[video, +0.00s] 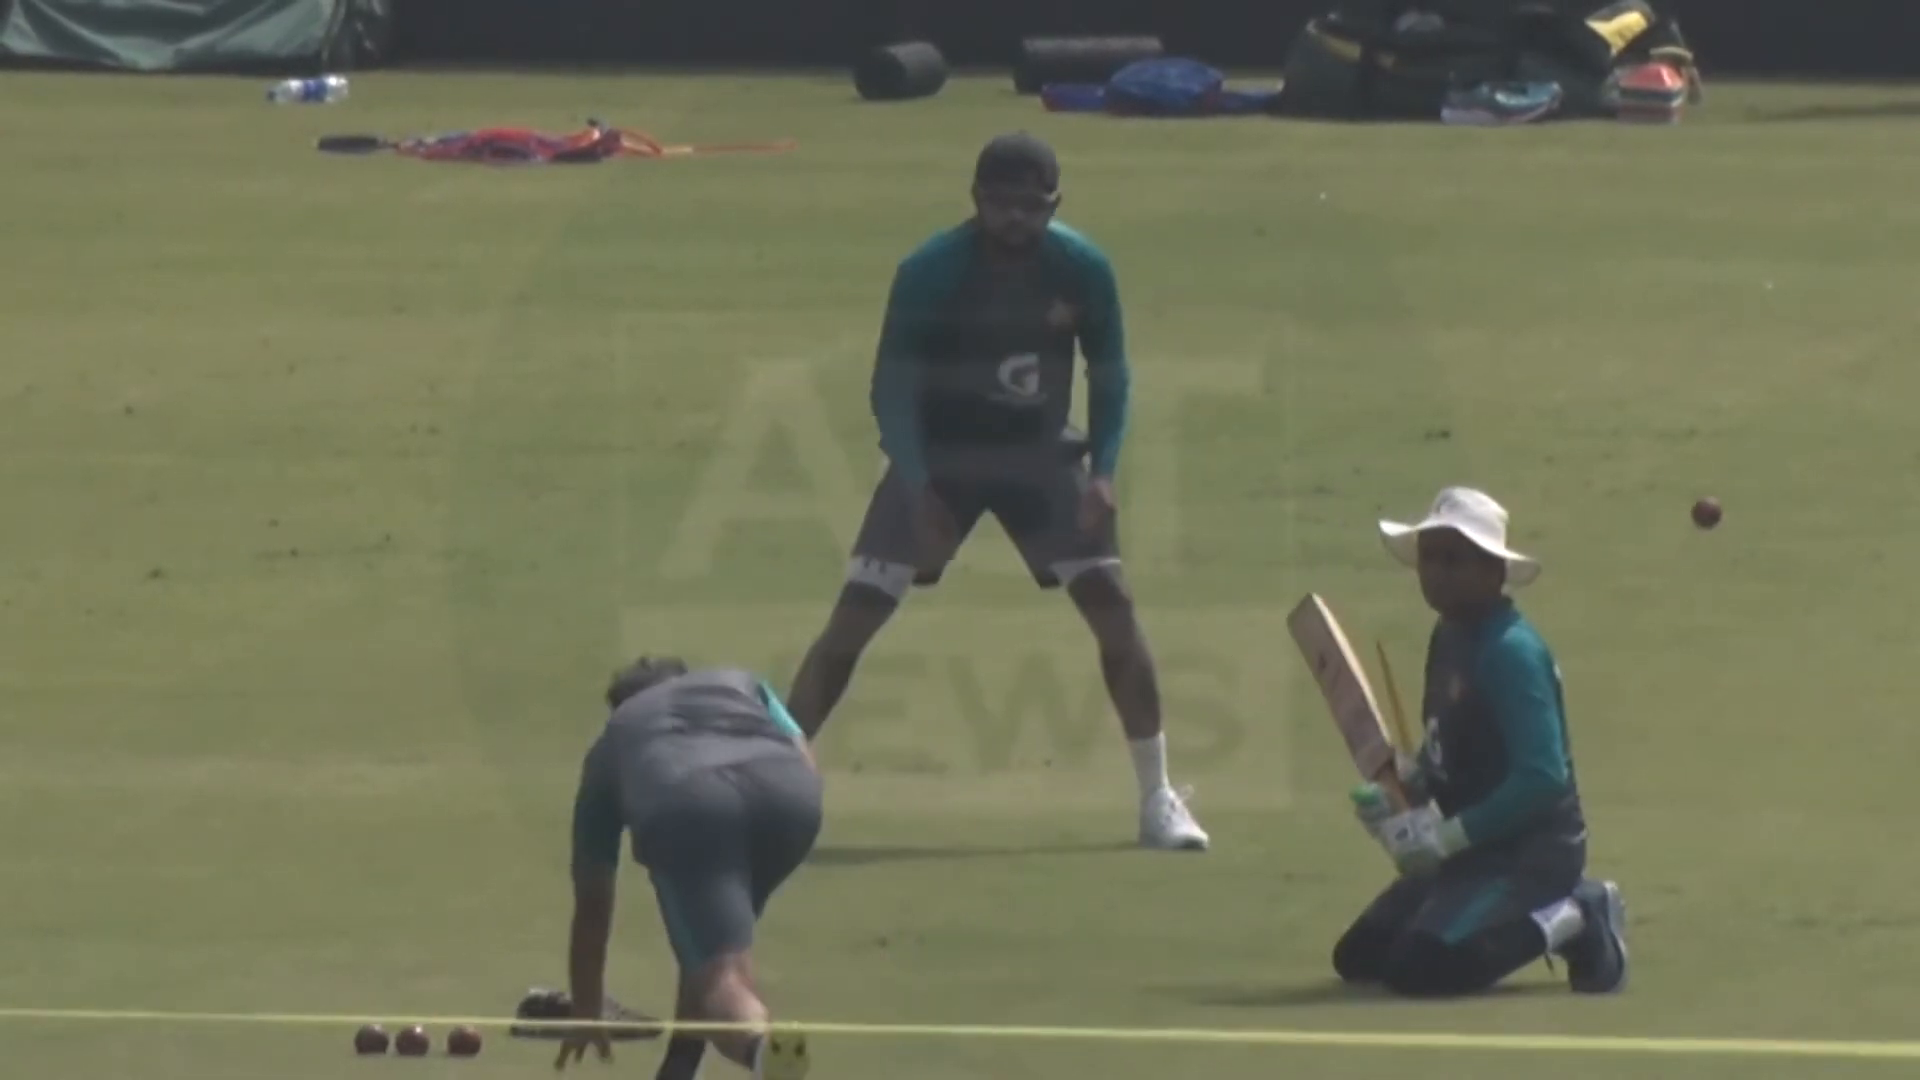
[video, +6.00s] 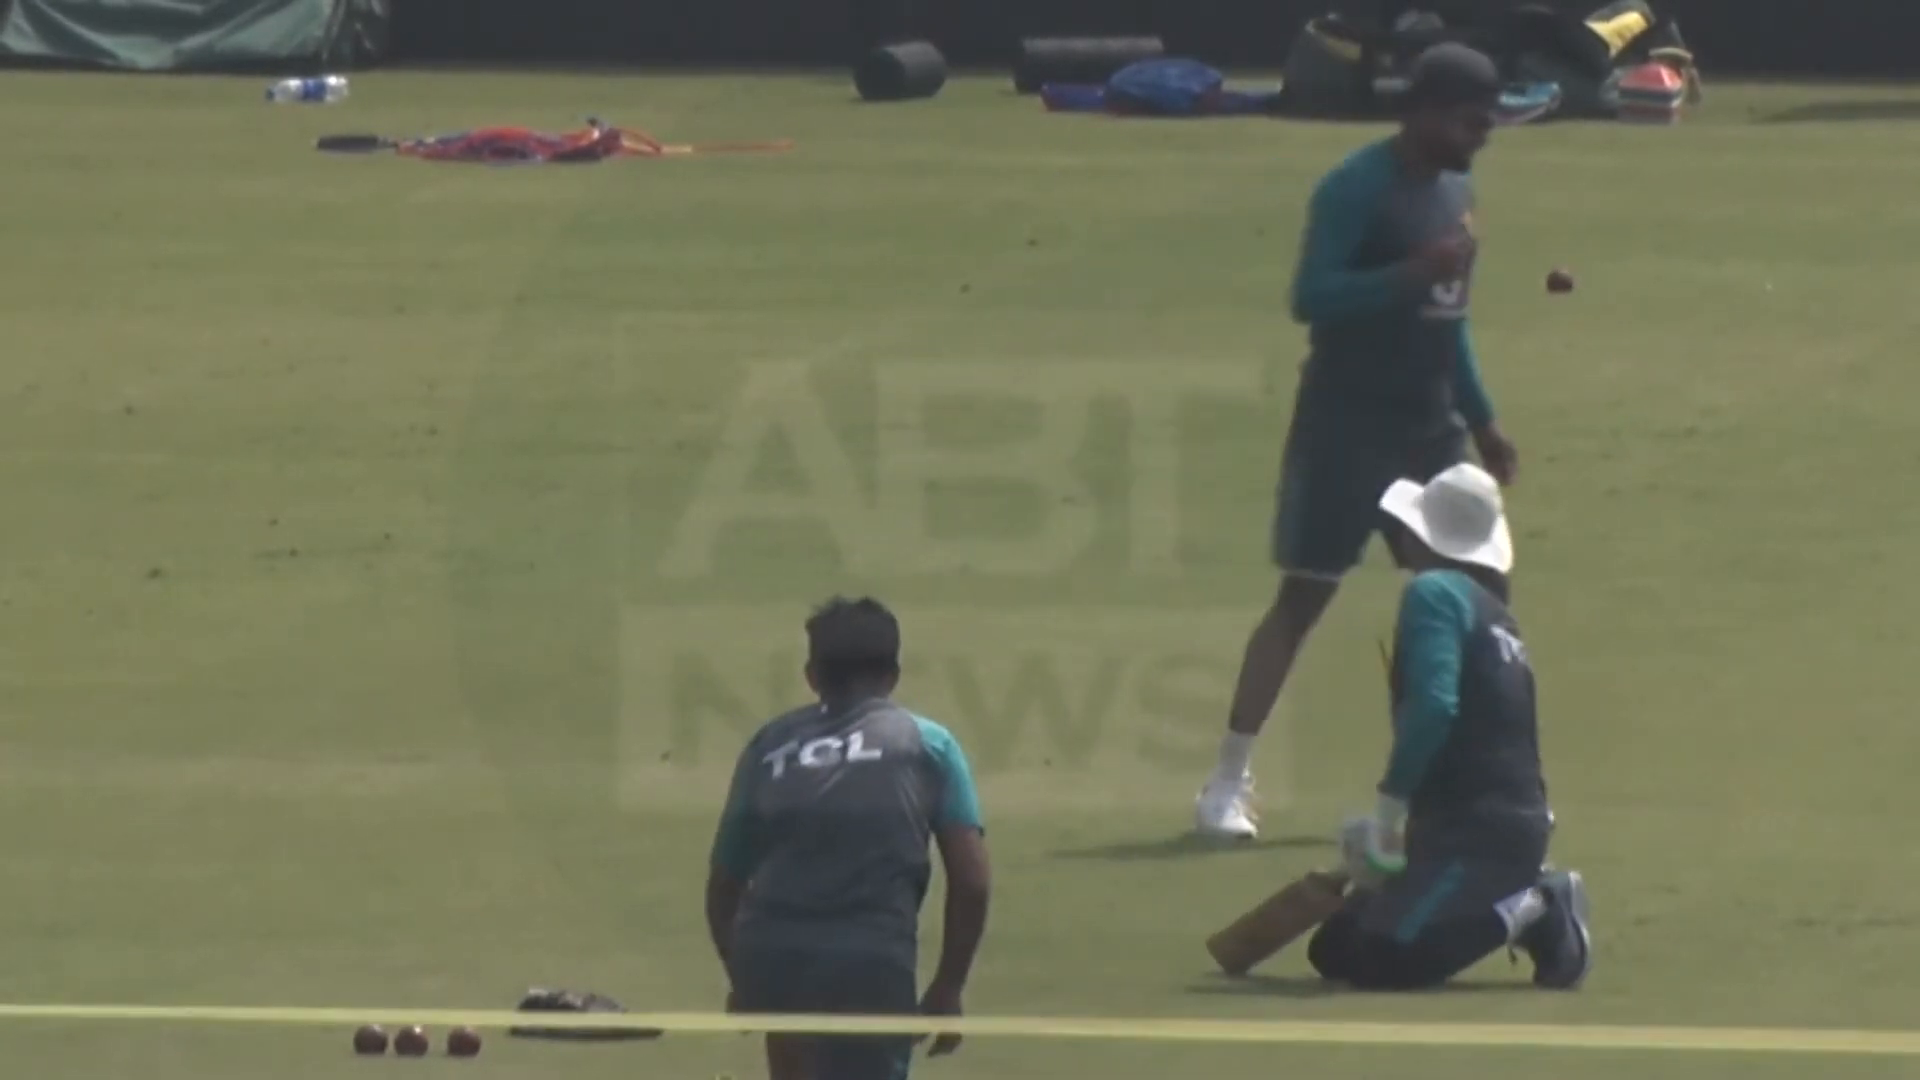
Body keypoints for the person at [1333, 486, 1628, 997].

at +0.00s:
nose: (1434, 572)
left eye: (1452, 558)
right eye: (1427, 557)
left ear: (1493, 571)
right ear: (1416, 563)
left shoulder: (1512, 651)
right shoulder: (1450, 637)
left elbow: (1543, 778)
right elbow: (1451, 751)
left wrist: (1448, 836)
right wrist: (1404, 793)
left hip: (1532, 857)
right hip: (1478, 849)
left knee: (1416, 971)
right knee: (1358, 958)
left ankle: (1577, 917)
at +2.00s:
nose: (1402, 581)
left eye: (1417, 566)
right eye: (1400, 566)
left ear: (1462, 572)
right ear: (1396, 571)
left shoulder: (1487, 648)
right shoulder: (1445, 647)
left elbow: (1512, 773)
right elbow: (1455, 769)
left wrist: (1421, 837)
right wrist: (1399, 801)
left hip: (1531, 857)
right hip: (1483, 853)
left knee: (1415, 970)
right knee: (1357, 958)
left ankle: (1579, 919)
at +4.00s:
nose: (1333, 563)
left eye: (1344, 552)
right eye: (1337, 551)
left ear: (1377, 559)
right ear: (1394, 563)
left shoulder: (1408, 603)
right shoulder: (1387, 660)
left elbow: (1297, 625)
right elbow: (1292, 737)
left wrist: (1191, 640)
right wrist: (1180, 703)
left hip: (1489, 846)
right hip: (1446, 851)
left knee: (1416, 968)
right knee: (1335, 955)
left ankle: (1576, 915)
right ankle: (1520, 923)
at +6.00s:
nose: (1393, 536)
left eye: (1404, 527)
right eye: (1397, 525)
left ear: (1430, 536)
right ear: (1472, 543)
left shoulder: (1436, 590)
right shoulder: (1486, 609)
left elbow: (1436, 705)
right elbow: (1467, 749)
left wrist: (1389, 808)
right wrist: (1388, 841)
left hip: (1481, 836)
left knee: (1370, 964)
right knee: (1338, 950)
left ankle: (1533, 909)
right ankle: (1531, 904)